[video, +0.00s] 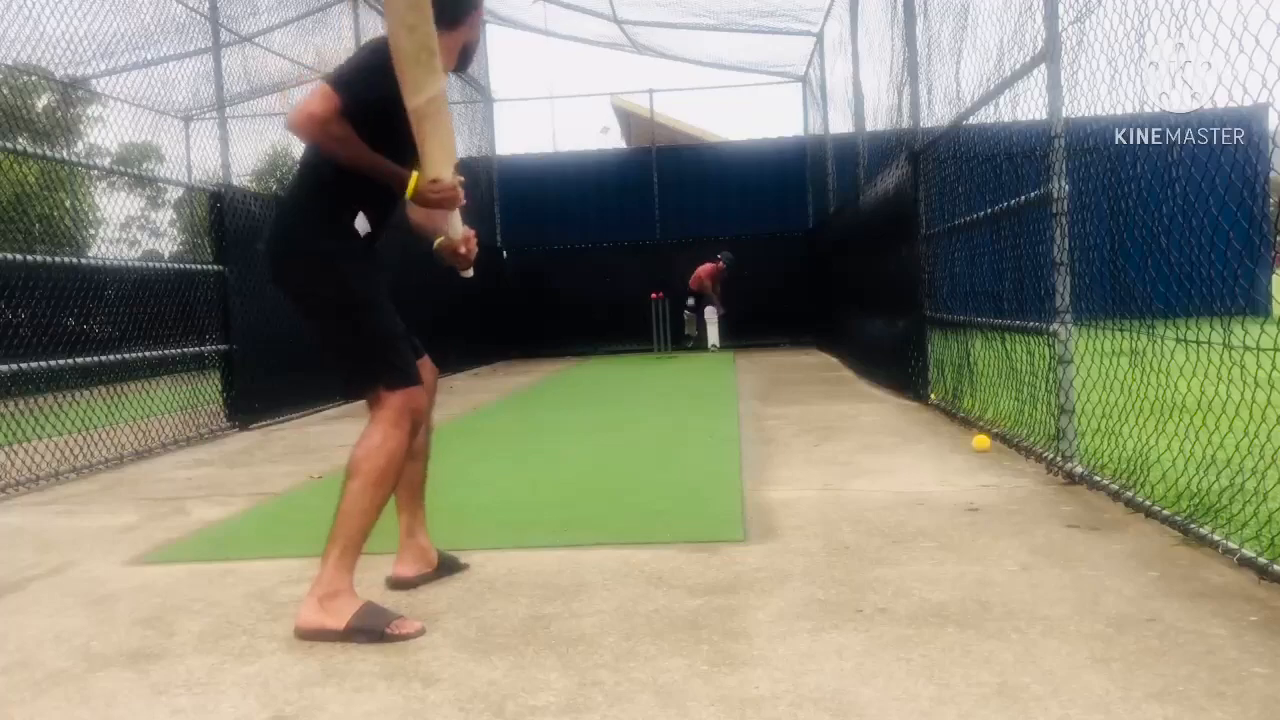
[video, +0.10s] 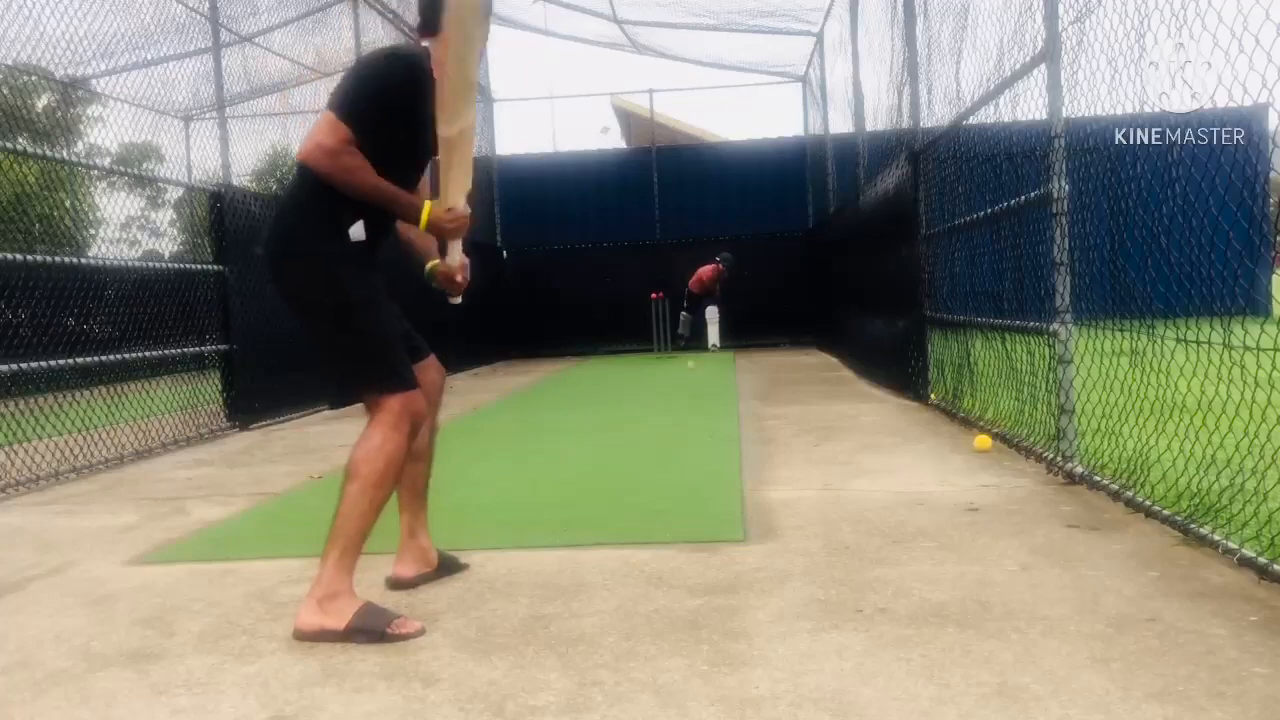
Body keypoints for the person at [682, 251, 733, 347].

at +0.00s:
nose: (724, 267)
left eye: (726, 265)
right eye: (724, 263)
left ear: (727, 266)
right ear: (719, 261)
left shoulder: (719, 272)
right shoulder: (707, 270)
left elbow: (717, 287)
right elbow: (708, 291)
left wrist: (717, 303)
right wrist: (718, 306)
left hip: (705, 292)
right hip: (694, 291)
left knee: (710, 314)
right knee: (691, 315)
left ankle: (712, 341)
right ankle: (691, 337)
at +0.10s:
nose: (725, 269)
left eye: (726, 267)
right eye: (724, 266)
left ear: (726, 267)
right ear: (719, 264)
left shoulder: (721, 273)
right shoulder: (709, 272)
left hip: (708, 293)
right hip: (694, 292)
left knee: (712, 314)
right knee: (687, 314)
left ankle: (714, 343)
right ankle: (683, 336)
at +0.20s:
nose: (723, 265)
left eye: (724, 263)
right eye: (722, 262)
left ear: (723, 263)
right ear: (717, 260)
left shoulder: (718, 269)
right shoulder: (706, 268)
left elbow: (717, 281)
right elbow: (706, 285)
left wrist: (720, 290)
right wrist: (717, 291)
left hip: (707, 292)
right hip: (693, 292)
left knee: (711, 314)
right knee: (685, 318)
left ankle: (713, 344)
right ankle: (678, 339)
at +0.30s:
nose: (718, 257)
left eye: (720, 255)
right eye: (716, 254)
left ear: (722, 256)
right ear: (712, 253)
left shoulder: (719, 267)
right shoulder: (702, 262)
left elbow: (719, 284)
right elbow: (697, 283)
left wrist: (721, 298)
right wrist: (709, 297)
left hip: (706, 292)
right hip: (692, 291)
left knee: (709, 314)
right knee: (682, 315)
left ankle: (713, 344)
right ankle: (679, 342)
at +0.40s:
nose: (713, 252)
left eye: (715, 249)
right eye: (710, 249)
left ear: (717, 251)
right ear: (705, 249)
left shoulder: (717, 266)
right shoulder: (696, 259)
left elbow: (718, 283)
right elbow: (689, 272)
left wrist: (721, 296)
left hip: (705, 291)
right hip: (691, 290)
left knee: (707, 313)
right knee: (682, 315)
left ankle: (713, 344)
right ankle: (681, 344)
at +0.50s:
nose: (705, 249)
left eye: (707, 246)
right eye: (702, 246)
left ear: (710, 248)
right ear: (698, 246)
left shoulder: (711, 261)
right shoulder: (690, 257)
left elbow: (713, 279)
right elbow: (684, 263)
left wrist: (716, 290)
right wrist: (682, 268)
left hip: (702, 292)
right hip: (688, 291)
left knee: (706, 314)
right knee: (681, 318)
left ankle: (713, 344)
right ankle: (682, 345)